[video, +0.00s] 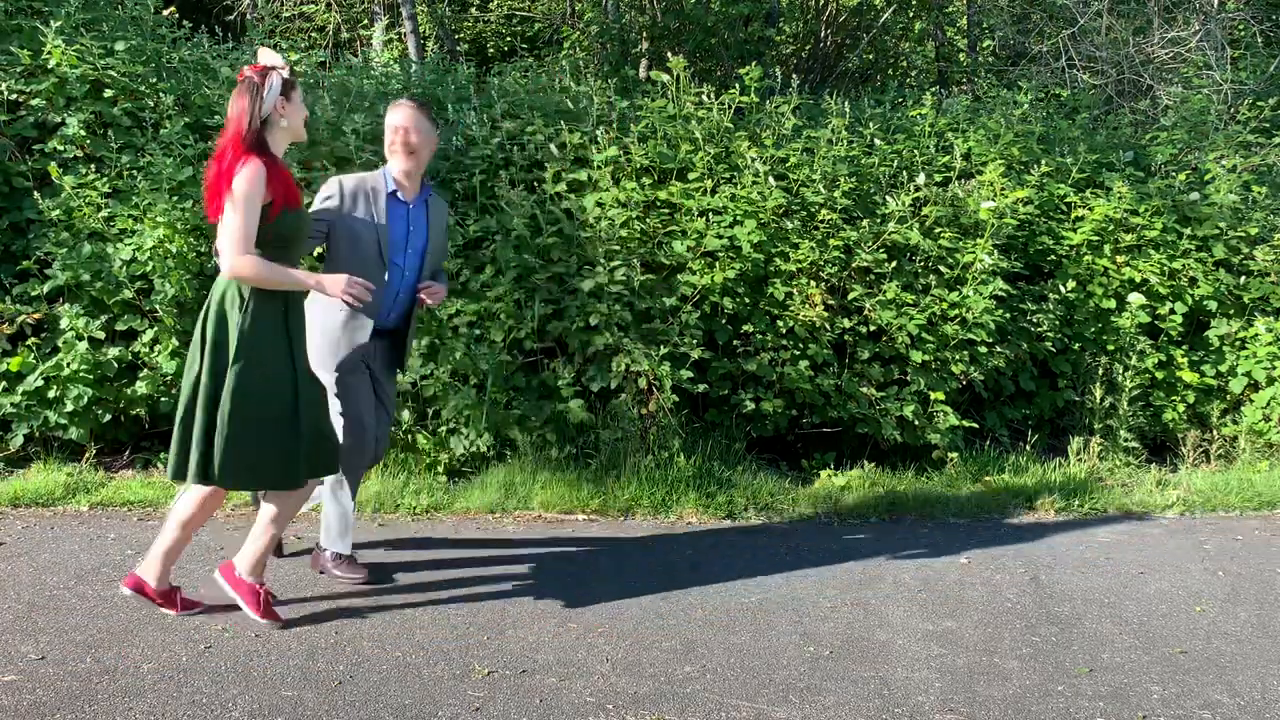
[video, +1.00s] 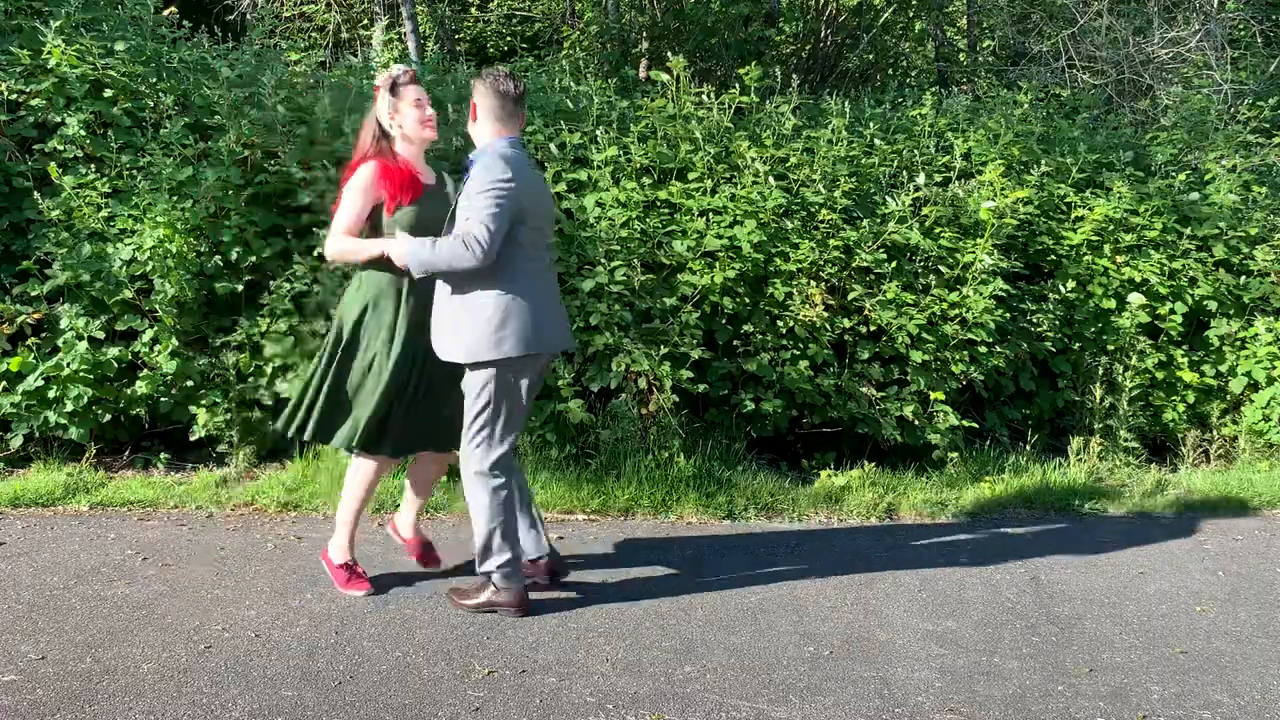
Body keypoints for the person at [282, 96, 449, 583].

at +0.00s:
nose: (402, 141)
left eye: (412, 133)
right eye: (394, 133)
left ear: (434, 143)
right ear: (385, 139)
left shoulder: (436, 209)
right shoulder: (343, 191)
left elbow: (434, 272)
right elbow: (294, 250)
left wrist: (434, 289)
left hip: (387, 340)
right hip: (336, 332)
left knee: (373, 443)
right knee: (354, 434)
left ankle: (278, 510)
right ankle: (335, 549)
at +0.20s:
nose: (409, 125)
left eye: (421, 117)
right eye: (403, 118)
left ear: (447, 128)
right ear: (394, 129)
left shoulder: (469, 203)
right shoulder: (359, 184)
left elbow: (481, 269)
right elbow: (308, 235)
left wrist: (468, 280)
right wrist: (258, 234)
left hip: (425, 337)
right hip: (366, 332)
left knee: (423, 434)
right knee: (365, 439)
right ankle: (337, 550)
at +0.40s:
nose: (414, 127)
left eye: (425, 119)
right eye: (413, 120)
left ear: (461, 125)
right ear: (412, 129)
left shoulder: (499, 197)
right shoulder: (389, 190)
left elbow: (529, 265)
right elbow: (334, 241)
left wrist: (489, 273)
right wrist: (285, 255)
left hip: (464, 340)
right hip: (405, 336)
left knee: (451, 448)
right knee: (399, 441)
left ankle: (476, 556)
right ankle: (348, 539)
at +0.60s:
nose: (423, 120)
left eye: (432, 110)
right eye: (426, 112)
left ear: (465, 116)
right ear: (461, 118)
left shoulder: (516, 183)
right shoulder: (420, 188)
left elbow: (546, 253)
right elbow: (364, 233)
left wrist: (485, 259)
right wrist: (300, 233)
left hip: (492, 335)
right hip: (440, 335)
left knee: (448, 435)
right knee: (428, 440)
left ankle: (480, 547)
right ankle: (469, 534)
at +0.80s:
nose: (442, 131)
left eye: (448, 122)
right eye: (445, 122)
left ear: (470, 126)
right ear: (481, 129)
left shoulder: (514, 186)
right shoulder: (469, 192)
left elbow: (524, 263)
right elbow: (465, 253)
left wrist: (441, 264)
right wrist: (417, 254)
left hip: (503, 352)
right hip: (474, 349)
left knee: (464, 459)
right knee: (452, 452)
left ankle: (505, 584)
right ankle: (478, 543)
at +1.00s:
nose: (461, 118)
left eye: (463, 111)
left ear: (473, 114)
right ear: (521, 117)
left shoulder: (493, 167)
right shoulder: (527, 171)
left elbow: (475, 247)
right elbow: (495, 246)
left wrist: (406, 251)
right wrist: (423, 249)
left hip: (499, 339)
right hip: (531, 335)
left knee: (484, 458)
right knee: (492, 451)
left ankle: (505, 581)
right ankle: (533, 558)